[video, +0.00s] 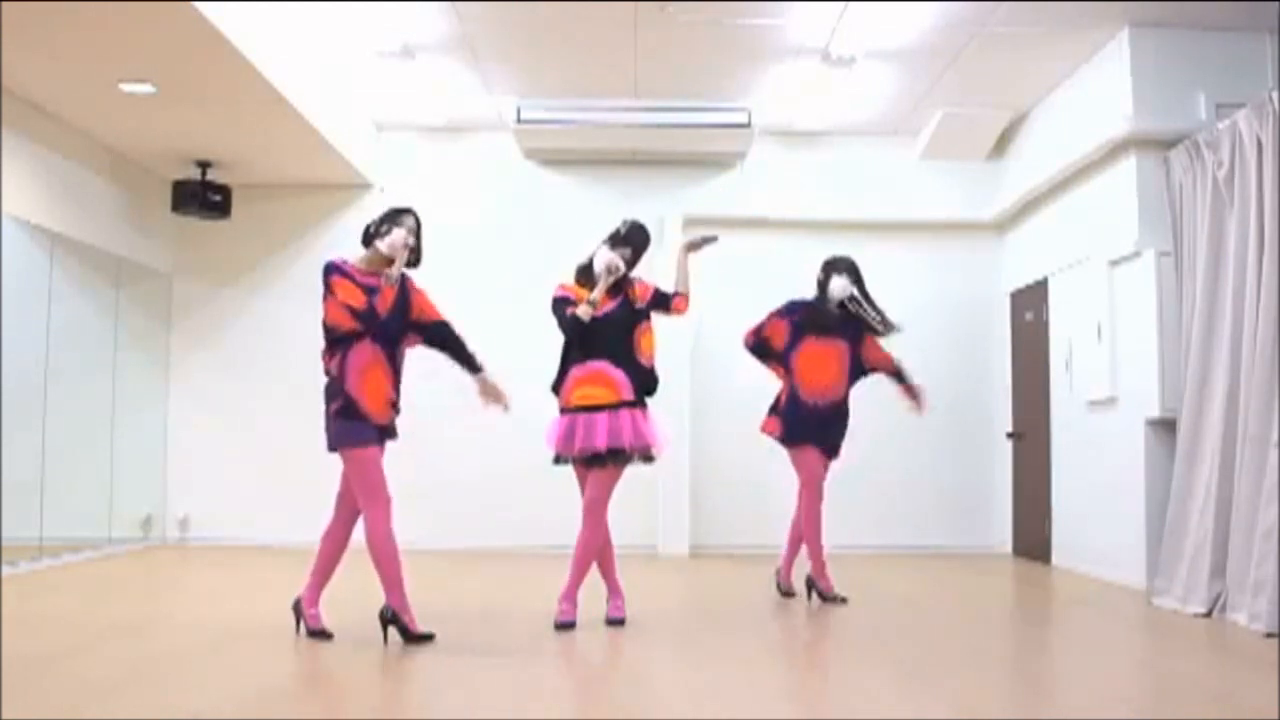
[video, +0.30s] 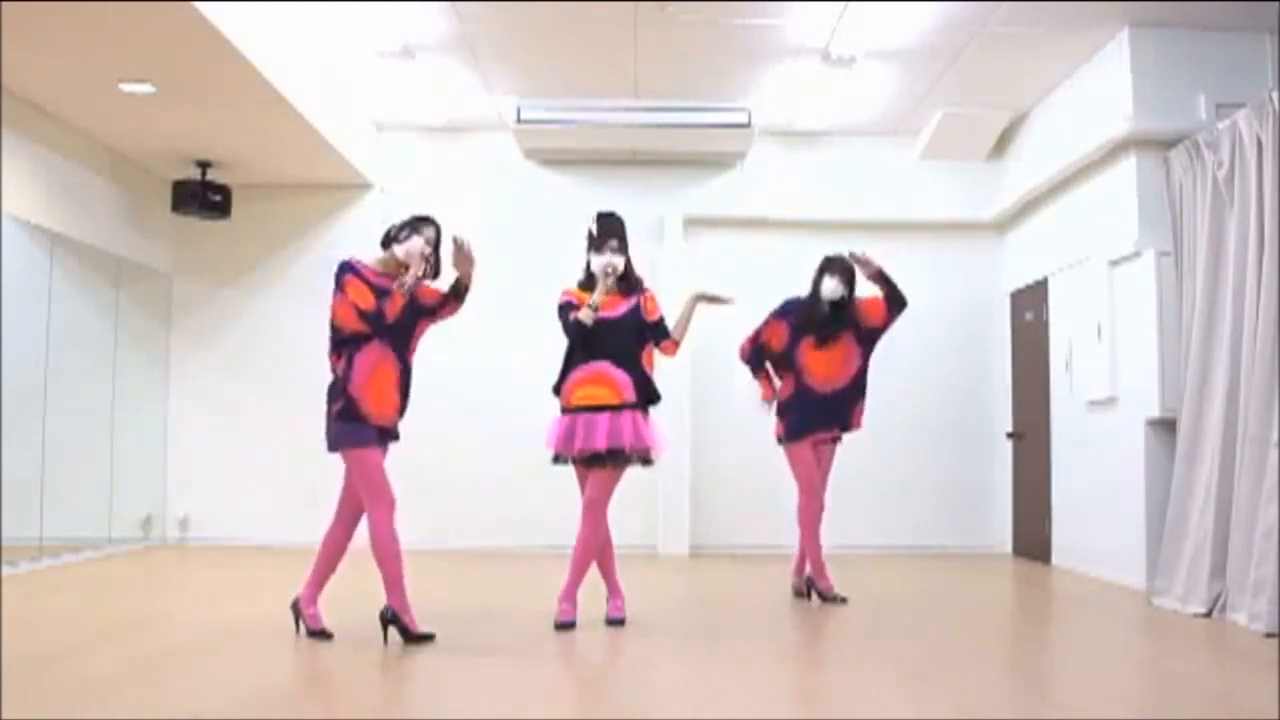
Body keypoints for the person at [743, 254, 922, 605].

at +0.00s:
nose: (841, 290)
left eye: (848, 283)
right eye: (836, 282)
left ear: (856, 287)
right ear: (823, 283)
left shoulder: (855, 329)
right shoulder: (796, 314)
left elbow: (881, 360)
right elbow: (754, 342)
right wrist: (782, 372)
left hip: (834, 415)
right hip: (796, 410)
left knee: (811, 490)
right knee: (813, 484)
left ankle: (785, 568)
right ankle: (819, 572)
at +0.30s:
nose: (832, 299)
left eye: (839, 293)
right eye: (827, 290)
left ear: (848, 291)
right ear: (817, 286)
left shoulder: (859, 315)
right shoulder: (793, 314)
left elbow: (897, 304)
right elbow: (751, 351)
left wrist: (876, 274)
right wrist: (767, 385)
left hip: (834, 412)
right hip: (795, 411)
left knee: (816, 493)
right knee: (810, 490)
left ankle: (801, 569)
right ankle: (818, 573)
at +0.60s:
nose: (828, 293)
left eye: (836, 287)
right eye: (823, 284)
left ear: (846, 290)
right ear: (813, 282)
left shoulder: (861, 319)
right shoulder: (792, 318)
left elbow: (899, 298)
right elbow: (792, 361)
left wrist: (872, 265)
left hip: (836, 415)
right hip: (798, 412)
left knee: (826, 504)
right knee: (808, 497)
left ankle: (803, 573)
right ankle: (799, 577)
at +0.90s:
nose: (848, 280)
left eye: (854, 274)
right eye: (842, 272)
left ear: (863, 278)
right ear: (829, 273)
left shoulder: (878, 307)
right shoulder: (807, 312)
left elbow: (914, 288)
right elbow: (813, 354)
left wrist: (886, 256)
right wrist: (835, 310)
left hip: (862, 409)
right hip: (820, 412)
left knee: (862, 500)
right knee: (831, 503)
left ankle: (850, 587)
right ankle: (806, 566)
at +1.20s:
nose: (859, 267)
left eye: (865, 259)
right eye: (851, 260)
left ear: (876, 263)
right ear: (840, 264)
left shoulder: (895, 302)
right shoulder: (825, 306)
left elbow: (940, 301)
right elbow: (830, 342)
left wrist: (936, 256)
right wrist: (853, 298)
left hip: (884, 411)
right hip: (841, 413)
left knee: (882, 504)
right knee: (853, 499)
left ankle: (860, 587)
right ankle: (856, 592)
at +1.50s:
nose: (870, 261)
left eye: (875, 253)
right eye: (861, 254)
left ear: (885, 256)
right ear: (848, 259)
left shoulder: (900, 304)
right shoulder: (837, 300)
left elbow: (918, 359)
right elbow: (847, 340)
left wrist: (924, 408)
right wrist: (870, 296)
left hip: (897, 403)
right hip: (855, 403)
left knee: (893, 501)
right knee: (862, 500)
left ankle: (890, 593)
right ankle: (862, 593)